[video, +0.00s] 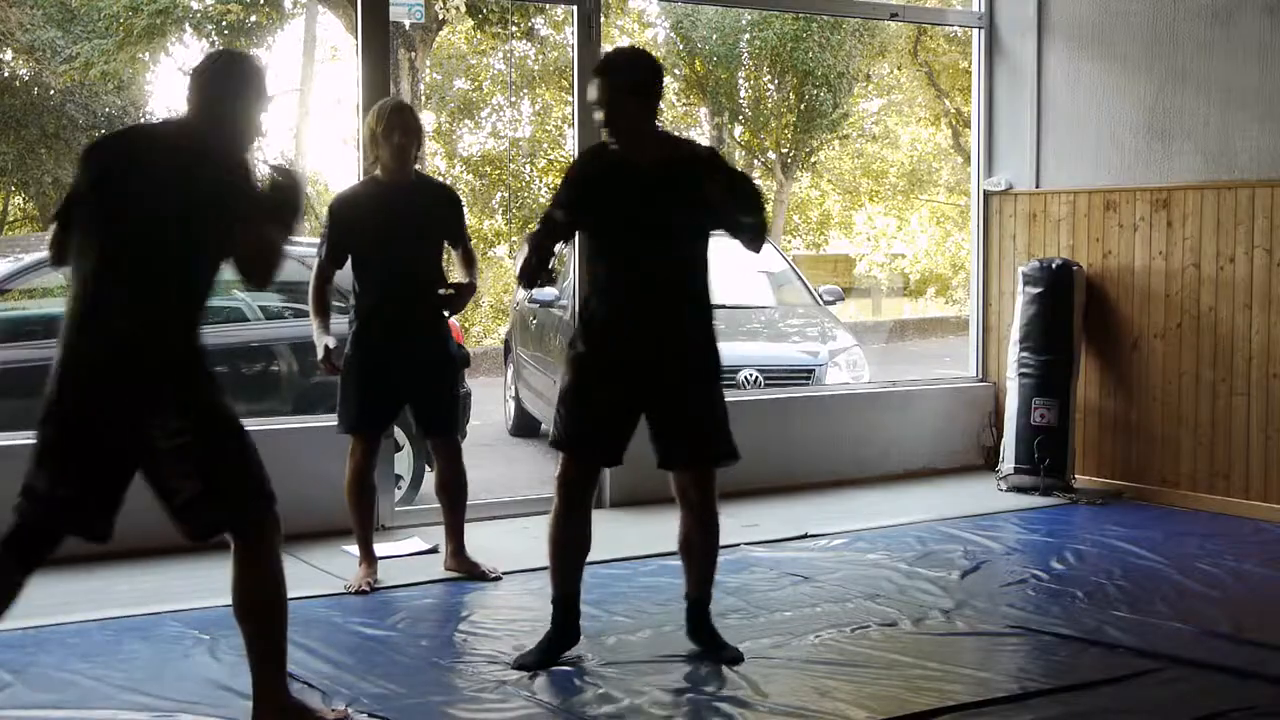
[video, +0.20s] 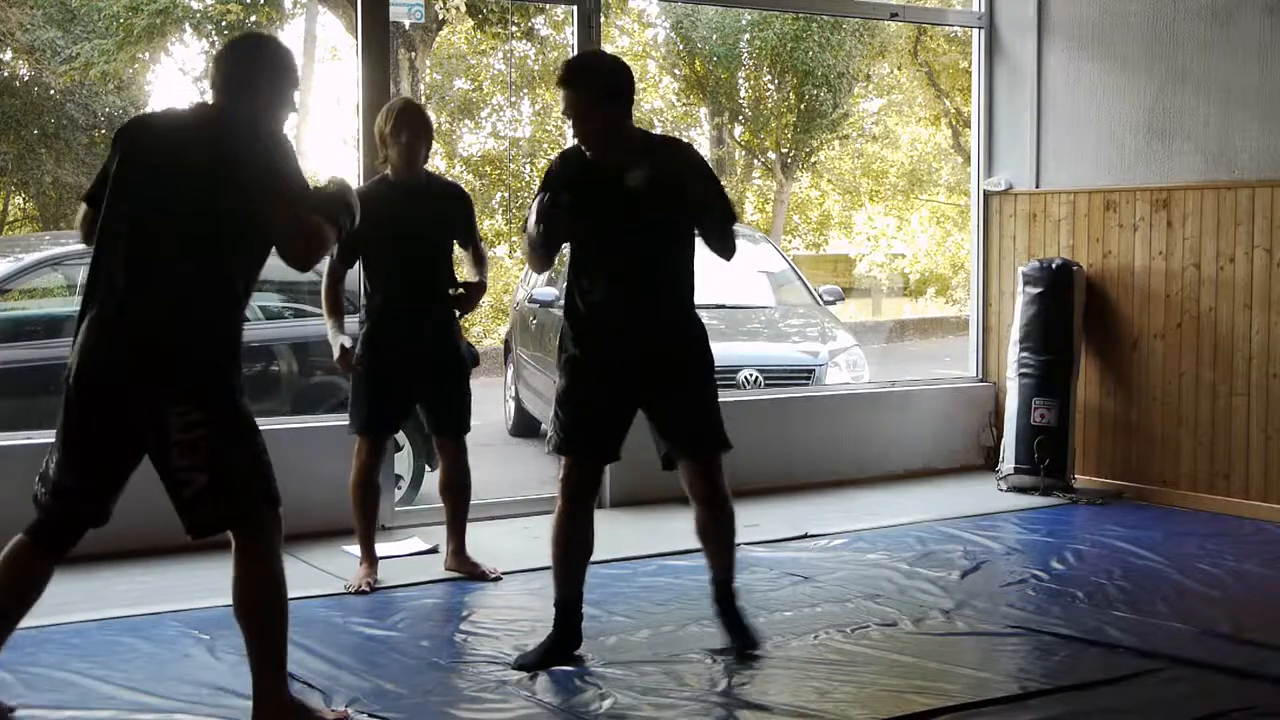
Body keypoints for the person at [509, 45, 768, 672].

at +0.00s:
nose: (602, 114)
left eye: (611, 102)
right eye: (598, 102)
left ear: (645, 100)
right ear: (606, 101)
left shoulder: (697, 166)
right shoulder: (590, 169)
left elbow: (754, 235)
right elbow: (548, 233)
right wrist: (537, 259)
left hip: (681, 354)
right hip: (601, 354)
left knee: (697, 489)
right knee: (572, 483)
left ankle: (700, 620)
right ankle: (564, 625)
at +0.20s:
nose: (572, 124)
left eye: (579, 111)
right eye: (568, 112)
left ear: (616, 105)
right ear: (575, 110)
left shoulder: (678, 160)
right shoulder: (568, 170)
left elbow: (725, 243)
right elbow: (538, 260)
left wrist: (691, 199)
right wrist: (548, 217)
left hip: (672, 344)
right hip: (595, 350)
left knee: (707, 481)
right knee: (575, 487)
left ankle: (727, 605)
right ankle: (566, 631)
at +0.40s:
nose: (590, 128)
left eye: (598, 114)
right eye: (587, 115)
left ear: (634, 107)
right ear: (599, 111)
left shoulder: (692, 166)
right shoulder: (584, 185)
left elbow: (713, 255)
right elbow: (563, 266)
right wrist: (567, 223)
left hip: (688, 351)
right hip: (615, 355)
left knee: (717, 486)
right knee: (584, 487)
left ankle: (749, 615)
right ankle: (568, 632)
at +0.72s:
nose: (650, 133)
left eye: (657, 120)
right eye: (649, 120)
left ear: (695, 113)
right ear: (677, 115)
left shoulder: (754, 171)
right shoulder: (669, 182)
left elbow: (783, 259)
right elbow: (652, 261)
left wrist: (722, 222)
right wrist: (623, 223)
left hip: (737, 352)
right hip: (671, 351)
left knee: (741, 487)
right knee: (616, 474)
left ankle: (751, 614)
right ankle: (581, 611)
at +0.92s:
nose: (658, 126)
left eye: (666, 113)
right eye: (657, 113)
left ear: (704, 110)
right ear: (678, 113)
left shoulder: (762, 168)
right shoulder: (675, 174)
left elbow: (767, 259)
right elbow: (647, 255)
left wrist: (707, 199)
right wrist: (632, 206)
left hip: (742, 348)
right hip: (675, 343)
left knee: (745, 486)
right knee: (621, 467)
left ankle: (753, 614)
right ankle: (613, 610)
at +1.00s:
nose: (654, 125)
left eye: (662, 112)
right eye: (654, 113)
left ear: (697, 109)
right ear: (676, 112)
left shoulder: (755, 169)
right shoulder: (669, 176)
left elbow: (763, 263)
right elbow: (638, 255)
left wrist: (701, 205)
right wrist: (627, 205)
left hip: (740, 352)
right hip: (673, 349)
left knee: (743, 487)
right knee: (626, 476)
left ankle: (752, 615)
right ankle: (615, 621)